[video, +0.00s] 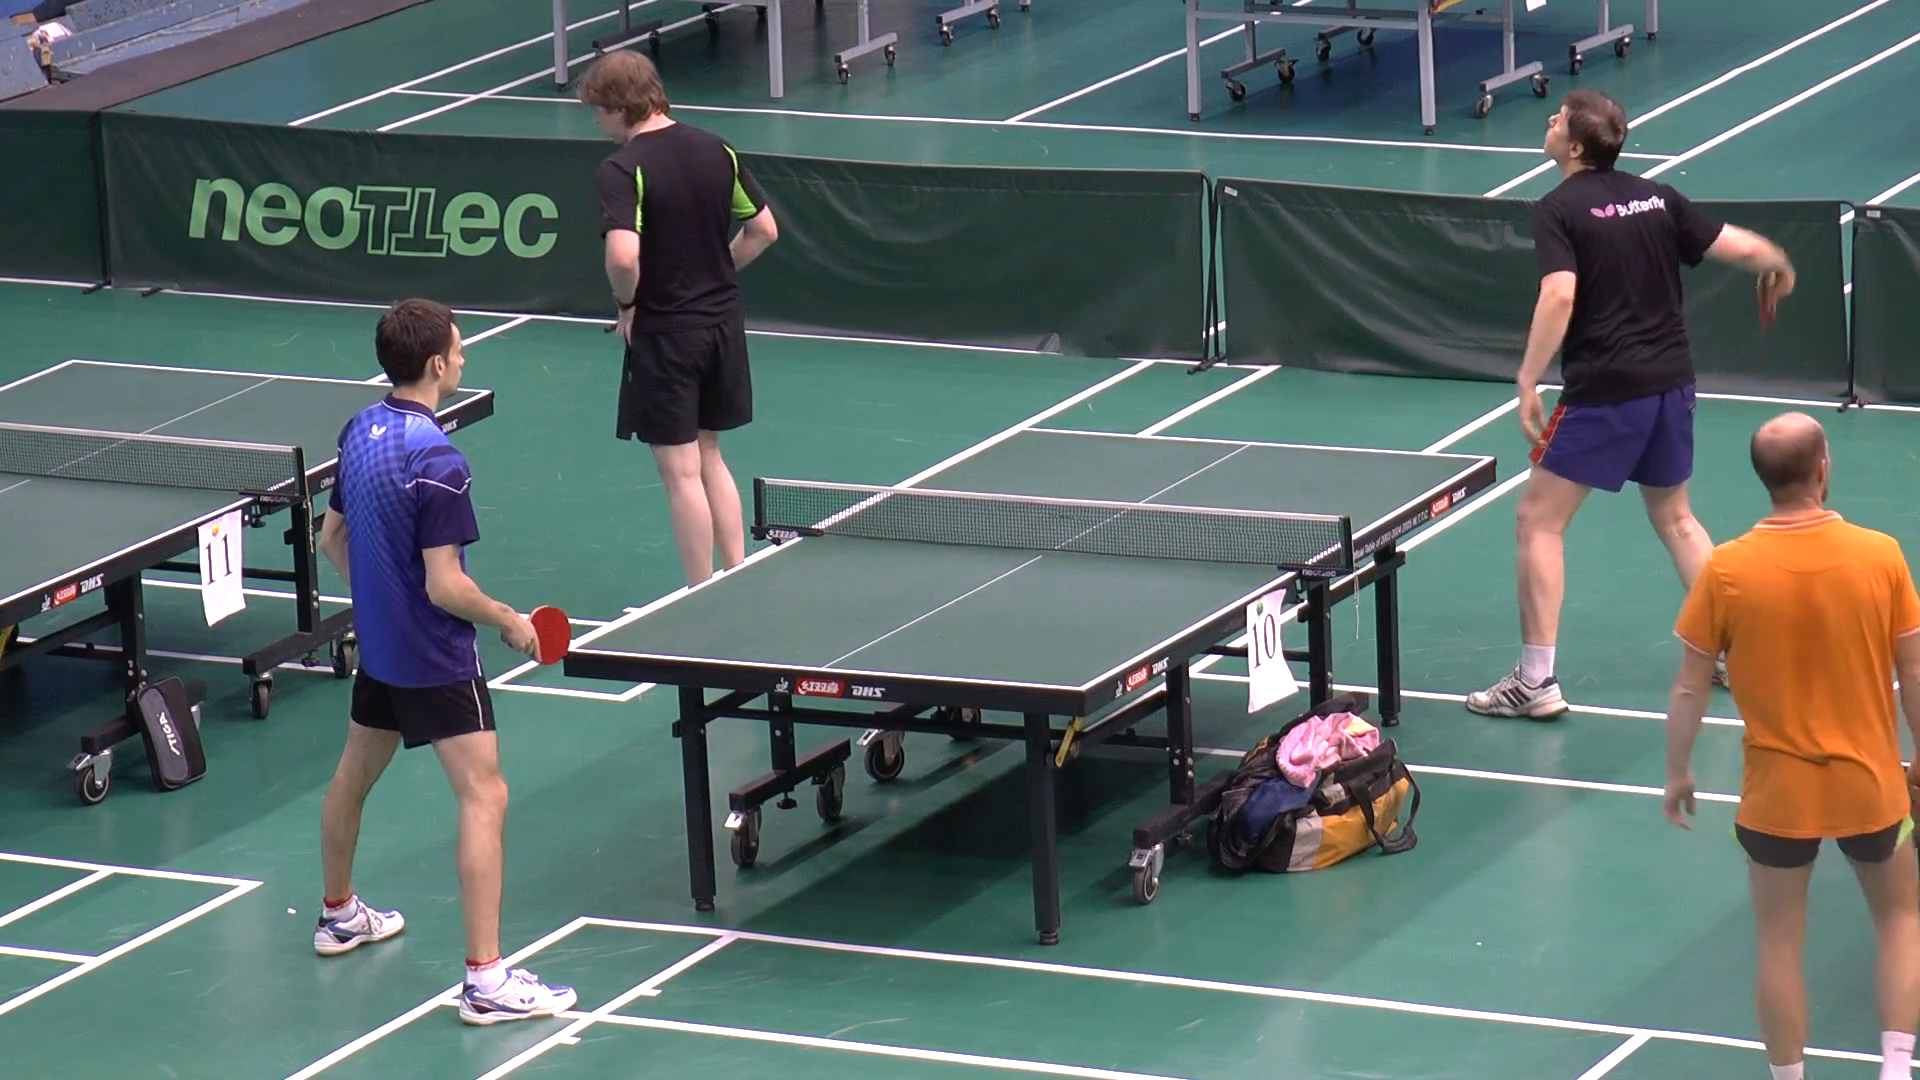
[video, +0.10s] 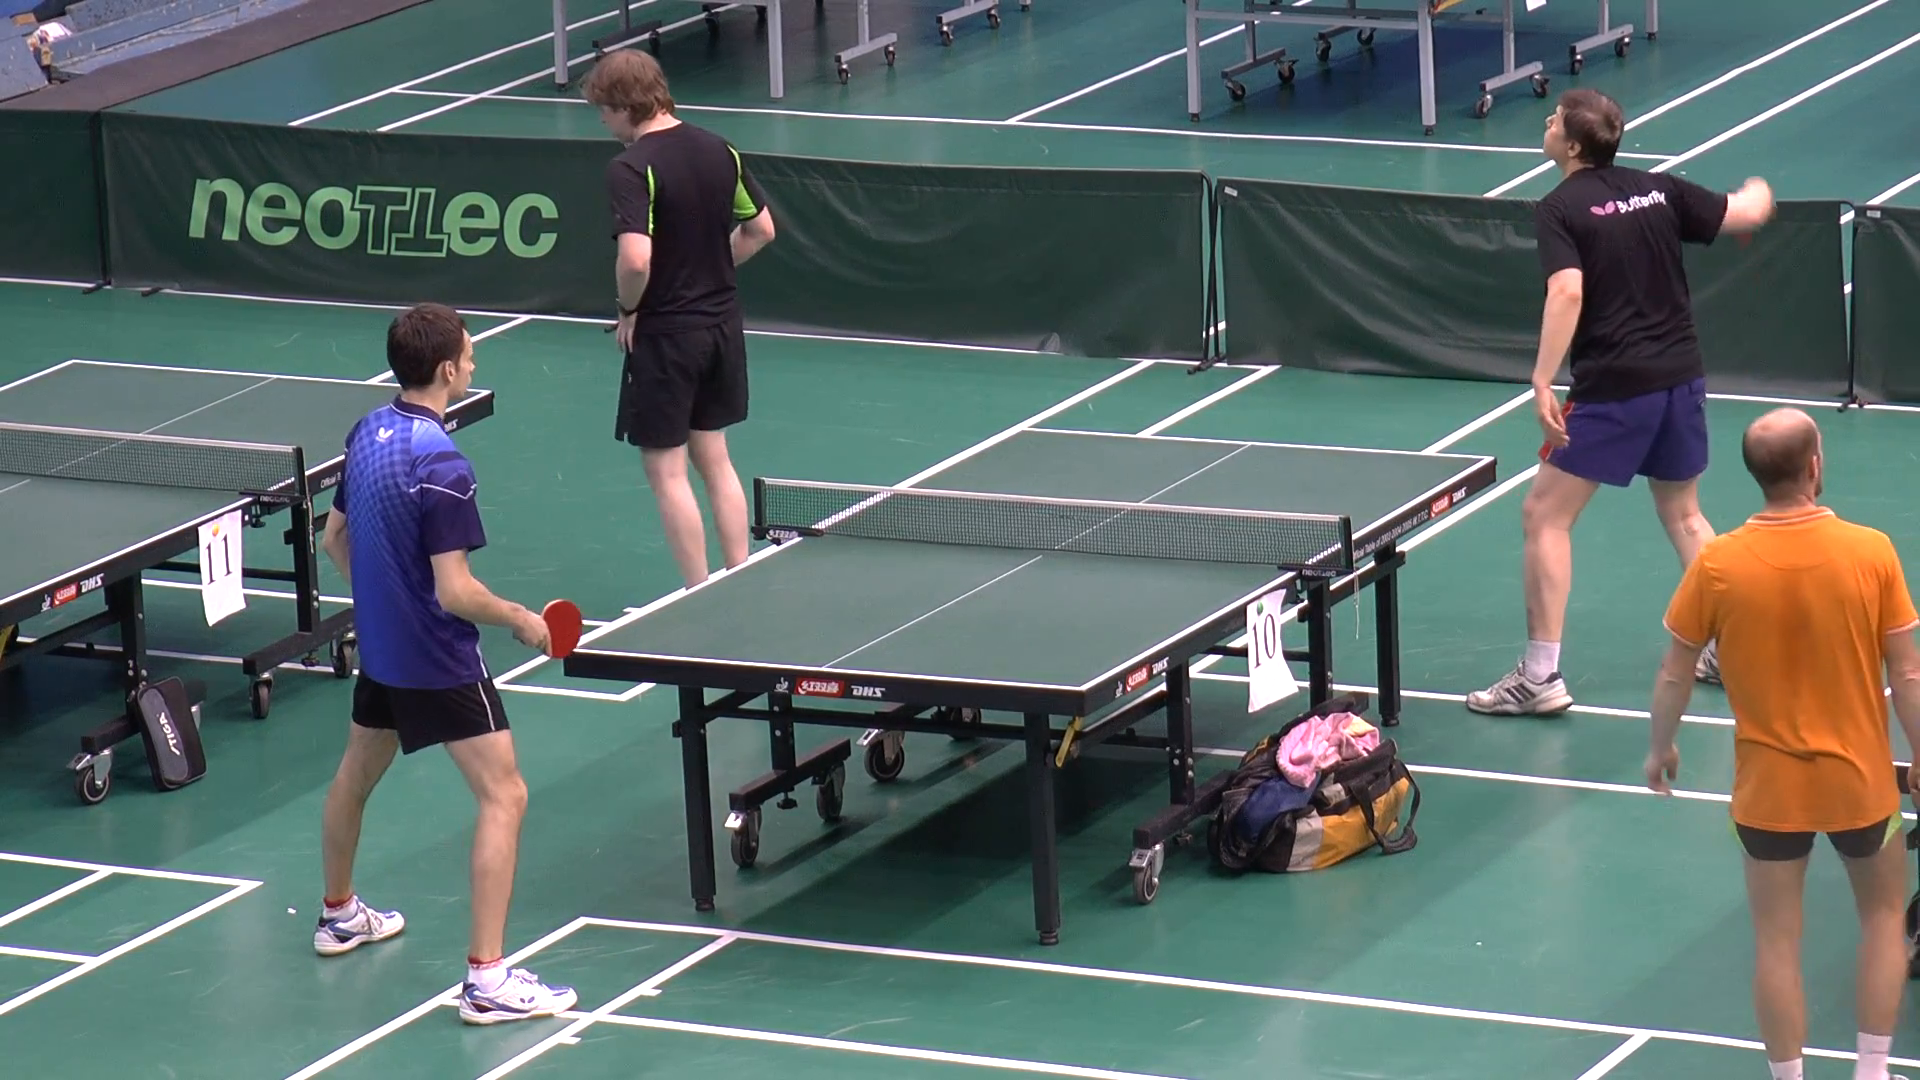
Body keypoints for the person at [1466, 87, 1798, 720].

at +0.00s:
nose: (1550, 125)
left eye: (1558, 119)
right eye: (1555, 116)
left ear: (1573, 141)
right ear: (1609, 144)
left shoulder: (1556, 209)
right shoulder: (1657, 196)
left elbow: (1560, 293)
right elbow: (1735, 244)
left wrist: (1527, 381)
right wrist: (1776, 261)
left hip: (1605, 395)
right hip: (1673, 388)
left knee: (1539, 521)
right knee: (1675, 516)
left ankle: (1535, 678)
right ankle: (1731, 644)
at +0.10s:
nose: (1547, 125)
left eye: (1555, 119)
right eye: (1553, 116)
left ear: (1570, 140)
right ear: (1606, 143)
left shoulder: (1558, 207)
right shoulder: (1658, 188)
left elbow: (1567, 290)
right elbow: (1742, 216)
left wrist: (1542, 381)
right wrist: (1757, 195)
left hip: (1615, 392)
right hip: (1683, 384)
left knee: (1544, 516)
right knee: (1685, 514)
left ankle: (1540, 673)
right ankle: (1722, 644)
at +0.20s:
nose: (1534, 138)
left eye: (1541, 132)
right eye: (1538, 129)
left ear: (1560, 147)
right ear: (1596, 144)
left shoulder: (1557, 209)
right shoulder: (1656, 183)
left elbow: (1573, 294)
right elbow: (1732, 187)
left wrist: (1550, 383)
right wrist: (1711, 151)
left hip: (1621, 391)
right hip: (1688, 381)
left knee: (1543, 508)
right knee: (1687, 513)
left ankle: (1563, 667)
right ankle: (1722, 646)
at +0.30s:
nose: (1512, 155)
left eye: (1518, 146)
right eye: (1514, 144)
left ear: (1543, 157)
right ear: (1577, 151)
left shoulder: (1554, 221)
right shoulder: (1636, 186)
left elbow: (1583, 304)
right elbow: (1697, 201)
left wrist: (1557, 398)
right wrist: (1671, 175)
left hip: (1629, 391)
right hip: (1689, 380)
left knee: (1542, 507)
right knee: (1682, 515)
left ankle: (1569, 662)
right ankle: (1726, 645)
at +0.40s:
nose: (1491, 185)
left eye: (1497, 174)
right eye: (1492, 174)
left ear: (1529, 178)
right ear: (1545, 172)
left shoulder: (1554, 234)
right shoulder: (1599, 199)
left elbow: (1600, 319)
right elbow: (1612, 263)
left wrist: (1567, 406)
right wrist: (1553, 291)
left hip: (1633, 394)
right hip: (1684, 382)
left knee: (1539, 509)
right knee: (1670, 516)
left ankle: (1568, 664)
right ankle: (1729, 635)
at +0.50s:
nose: (1470, 213)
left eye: (1477, 201)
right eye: (1469, 202)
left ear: (1515, 198)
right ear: (1521, 198)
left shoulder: (1551, 250)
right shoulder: (1560, 233)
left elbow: (1620, 323)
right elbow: (1550, 329)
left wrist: (1585, 411)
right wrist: (1500, 392)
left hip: (1635, 403)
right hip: (1669, 393)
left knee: (1535, 515)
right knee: (1650, 522)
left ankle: (1570, 666)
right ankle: (1727, 635)